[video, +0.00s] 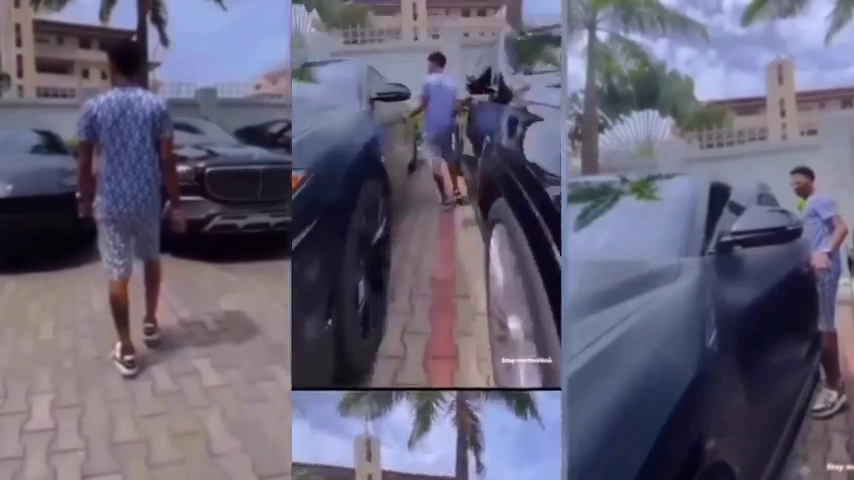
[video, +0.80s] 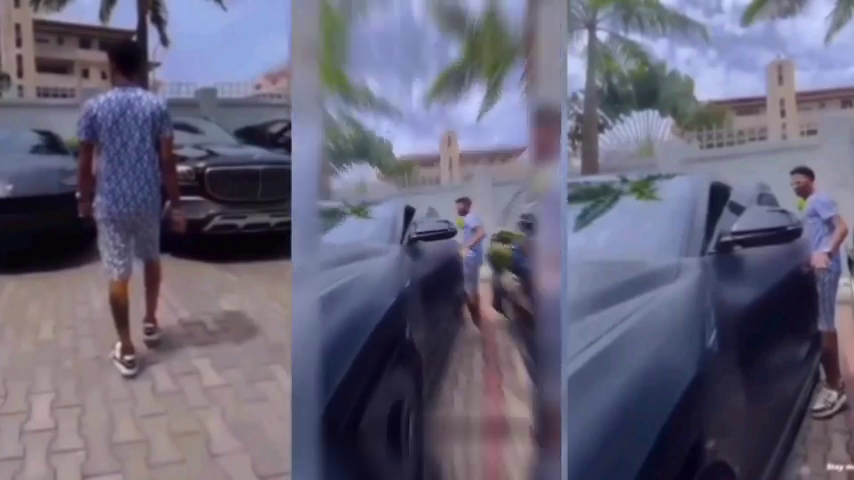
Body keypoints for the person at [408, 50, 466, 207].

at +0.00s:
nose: (428, 67)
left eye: (429, 64)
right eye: (429, 64)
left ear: (433, 65)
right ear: (443, 66)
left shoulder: (428, 81)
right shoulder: (452, 82)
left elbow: (423, 104)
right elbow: (457, 105)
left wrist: (412, 114)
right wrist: (451, 113)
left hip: (432, 127)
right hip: (448, 126)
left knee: (435, 161)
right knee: (450, 160)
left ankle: (444, 197)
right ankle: (457, 190)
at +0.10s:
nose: (432, 134)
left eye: (434, 131)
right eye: (432, 131)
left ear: (439, 131)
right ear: (446, 132)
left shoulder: (436, 147)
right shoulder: (456, 147)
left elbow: (431, 170)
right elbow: (461, 169)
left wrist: (415, 181)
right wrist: (455, 180)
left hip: (440, 191)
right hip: (454, 190)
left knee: (437, 225)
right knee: (450, 223)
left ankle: (449, 266)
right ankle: (455, 254)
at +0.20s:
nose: (436, 160)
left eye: (438, 157)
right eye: (437, 157)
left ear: (445, 157)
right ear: (450, 158)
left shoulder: (441, 172)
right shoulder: (461, 173)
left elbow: (440, 195)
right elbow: (468, 194)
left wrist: (422, 205)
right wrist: (462, 206)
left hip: (446, 215)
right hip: (459, 214)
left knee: (444, 249)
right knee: (453, 247)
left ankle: (455, 295)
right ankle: (450, 273)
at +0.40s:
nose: (447, 172)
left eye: (449, 169)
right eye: (447, 169)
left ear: (457, 168)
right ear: (459, 169)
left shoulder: (458, 183)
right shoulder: (467, 183)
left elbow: (457, 204)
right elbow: (469, 207)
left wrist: (432, 215)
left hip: (458, 227)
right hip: (467, 225)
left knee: (455, 262)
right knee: (455, 259)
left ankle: (468, 307)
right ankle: (457, 290)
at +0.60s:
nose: (456, 183)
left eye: (458, 179)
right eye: (456, 179)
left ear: (467, 179)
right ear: (468, 180)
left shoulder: (469, 193)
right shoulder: (473, 192)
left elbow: (472, 213)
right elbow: (473, 215)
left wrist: (454, 226)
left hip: (469, 239)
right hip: (473, 238)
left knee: (460, 272)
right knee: (469, 274)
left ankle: (479, 314)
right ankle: (473, 309)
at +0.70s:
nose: (460, 192)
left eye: (462, 189)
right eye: (460, 189)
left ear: (469, 188)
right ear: (469, 188)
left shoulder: (475, 201)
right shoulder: (474, 202)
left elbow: (483, 220)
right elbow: (478, 223)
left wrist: (466, 236)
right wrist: (464, 239)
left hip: (475, 248)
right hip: (476, 248)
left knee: (468, 284)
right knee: (476, 286)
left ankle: (483, 327)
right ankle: (479, 322)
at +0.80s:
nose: (458, 210)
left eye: (460, 207)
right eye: (458, 207)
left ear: (467, 206)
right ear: (462, 207)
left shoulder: (470, 218)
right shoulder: (467, 219)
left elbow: (481, 232)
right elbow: (475, 235)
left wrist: (468, 247)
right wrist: (464, 247)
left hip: (471, 259)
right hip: (469, 258)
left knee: (470, 291)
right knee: (470, 290)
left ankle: (478, 321)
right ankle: (478, 320)